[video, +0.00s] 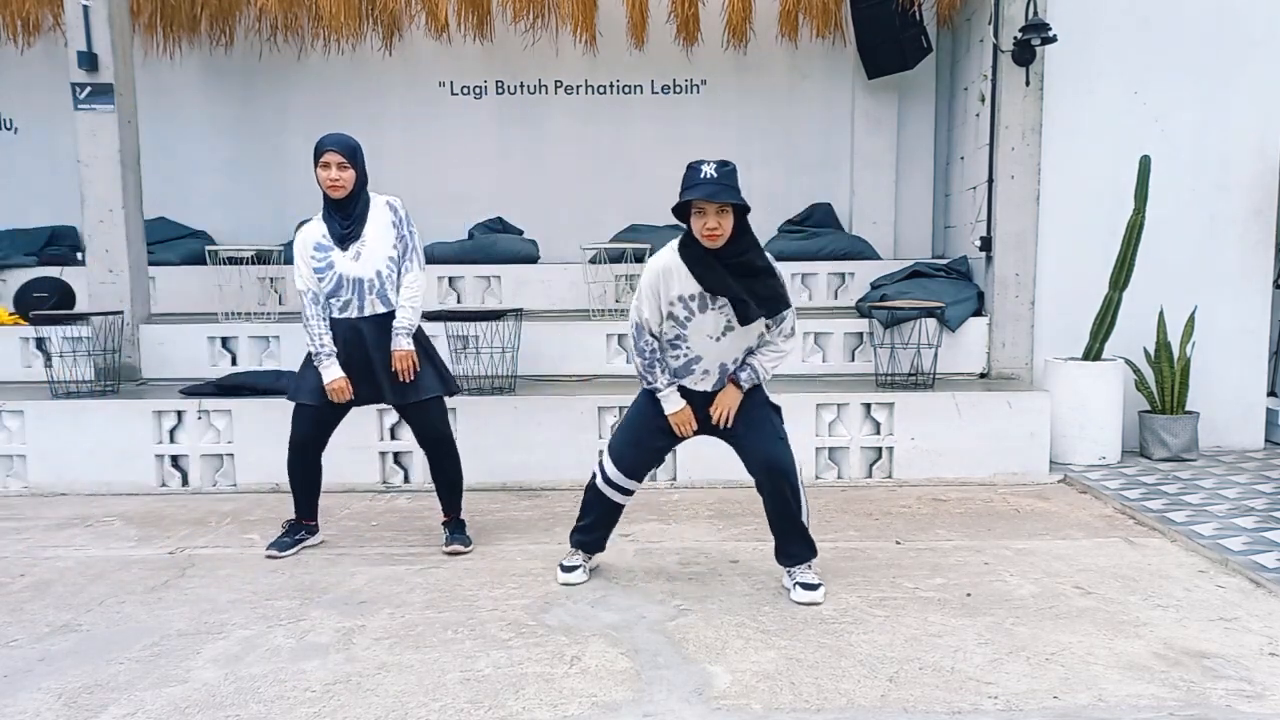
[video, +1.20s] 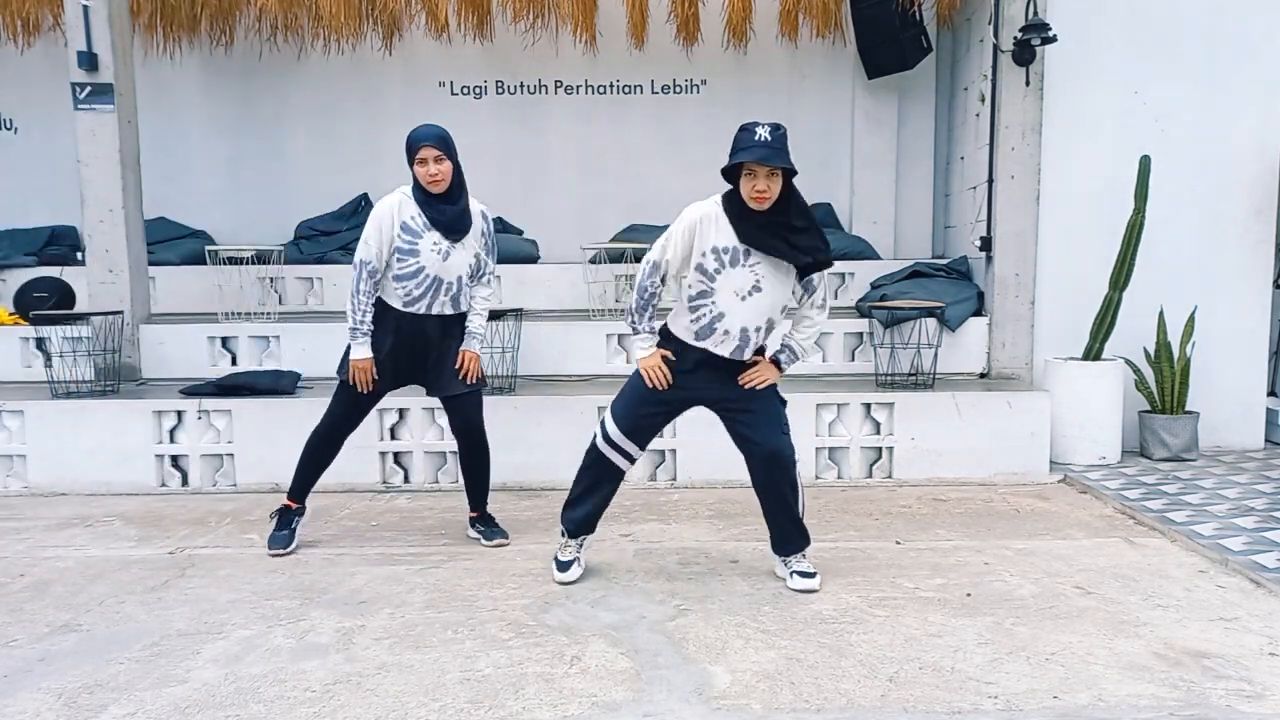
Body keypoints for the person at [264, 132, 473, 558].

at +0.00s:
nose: (334, 175)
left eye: (343, 167)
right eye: (325, 167)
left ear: (359, 171)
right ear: (317, 174)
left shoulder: (391, 211)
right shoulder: (307, 235)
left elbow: (413, 275)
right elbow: (311, 307)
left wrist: (403, 336)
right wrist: (328, 365)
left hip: (394, 340)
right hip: (336, 347)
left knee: (436, 435)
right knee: (303, 439)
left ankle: (454, 523)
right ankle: (305, 523)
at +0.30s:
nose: (273, 165)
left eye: (281, 156)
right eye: (264, 157)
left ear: (300, 156)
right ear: (256, 163)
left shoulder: (333, 193)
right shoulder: (259, 224)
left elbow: (372, 251)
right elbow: (266, 292)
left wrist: (376, 313)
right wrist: (285, 337)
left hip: (362, 312)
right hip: (306, 328)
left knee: (423, 411)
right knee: (297, 432)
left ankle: (469, 500)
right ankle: (304, 522)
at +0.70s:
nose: (287, 183)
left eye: (297, 175)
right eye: (279, 174)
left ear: (315, 180)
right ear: (269, 179)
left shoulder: (343, 217)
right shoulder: (265, 233)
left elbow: (390, 278)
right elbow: (268, 304)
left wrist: (402, 342)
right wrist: (288, 358)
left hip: (375, 330)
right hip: (317, 341)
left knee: (434, 412)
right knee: (291, 428)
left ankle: (479, 502)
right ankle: (303, 521)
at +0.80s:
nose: (317, 208)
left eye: (328, 200)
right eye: (309, 199)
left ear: (343, 207)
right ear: (298, 204)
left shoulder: (366, 240)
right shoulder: (284, 252)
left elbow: (410, 300)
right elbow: (288, 321)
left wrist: (418, 361)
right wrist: (304, 376)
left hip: (389, 339)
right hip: (331, 348)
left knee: (441, 418)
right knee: (288, 430)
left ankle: (483, 509)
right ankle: (302, 521)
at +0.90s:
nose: (358, 218)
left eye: (367, 210)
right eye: (348, 209)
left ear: (380, 217)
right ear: (336, 215)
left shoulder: (402, 255)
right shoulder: (313, 262)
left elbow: (432, 315)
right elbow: (308, 331)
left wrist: (436, 372)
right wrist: (322, 389)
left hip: (408, 360)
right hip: (347, 365)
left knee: (459, 423)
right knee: (293, 433)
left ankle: (480, 516)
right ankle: (303, 521)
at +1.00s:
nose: (393, 205)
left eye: (402, 196)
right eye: (383, 196)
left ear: (415, 201)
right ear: (370, 203)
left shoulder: (437, 247)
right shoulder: (347, 251)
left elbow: (453, 310)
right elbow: (329, 322)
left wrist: (454, 366)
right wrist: (337, 386)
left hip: (424, 364)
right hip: (365, 364)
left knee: (470, 424)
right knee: (309, 431)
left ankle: (481, 516)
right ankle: (303, 521)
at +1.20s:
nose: (433, 170)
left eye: (440, 160)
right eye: (422, 162)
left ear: (454, 161)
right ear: (411, 167)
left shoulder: (478, 217)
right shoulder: (390, 209)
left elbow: (484, 284)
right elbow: (363, 279)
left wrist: (473, 341)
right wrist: (360, 346)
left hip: (450, 339)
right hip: (391, 335)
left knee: (471, 428)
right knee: (337, 422)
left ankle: (480, 515)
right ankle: (291, 510)